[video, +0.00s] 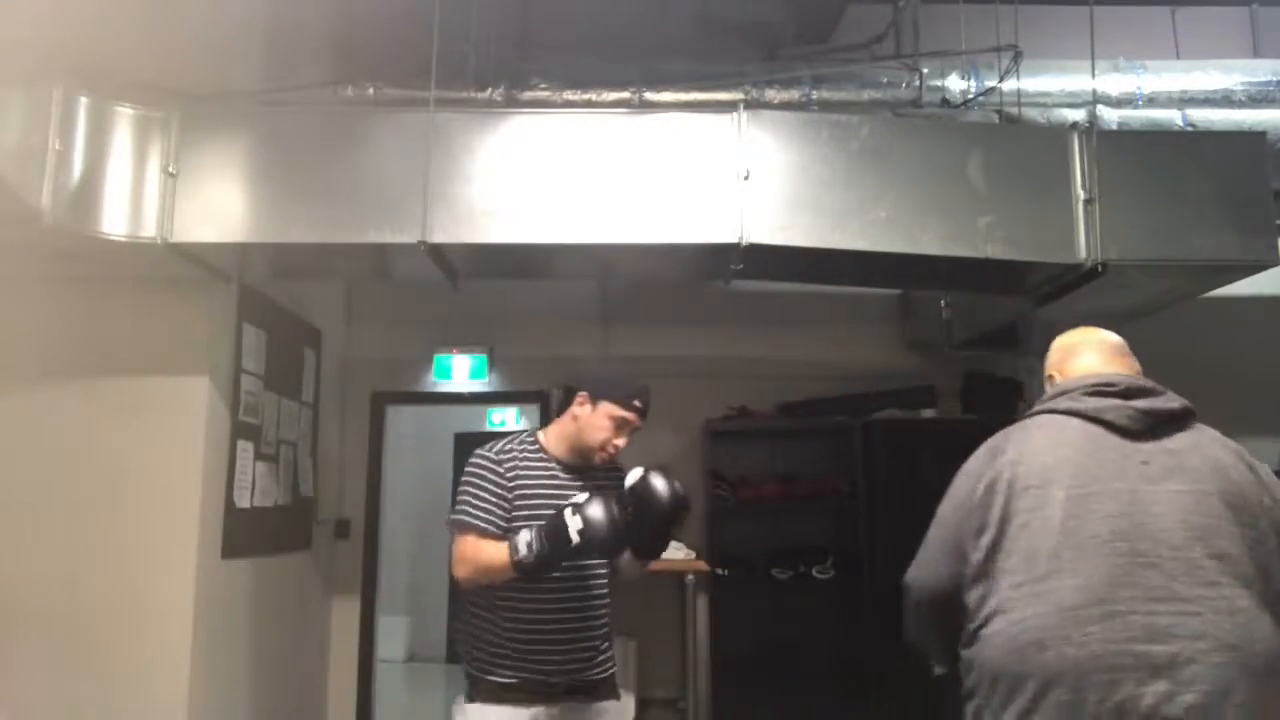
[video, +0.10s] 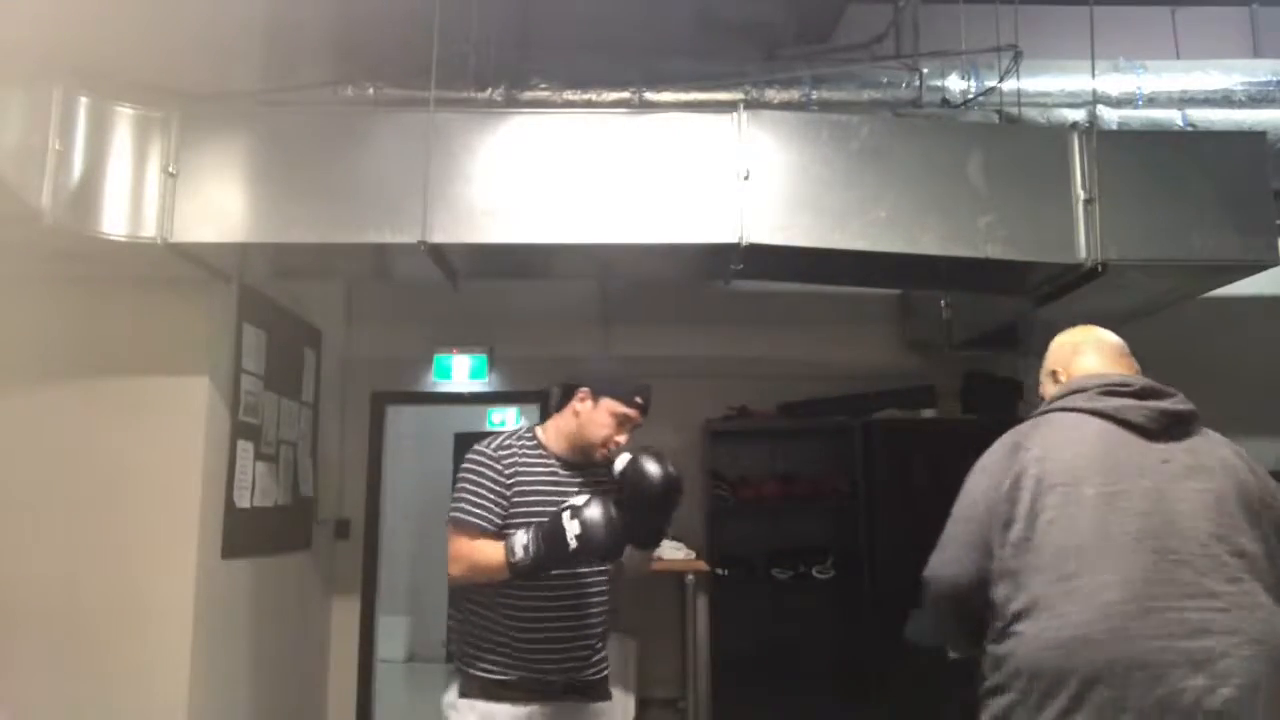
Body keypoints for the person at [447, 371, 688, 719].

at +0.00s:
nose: (622, 443)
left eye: (630, 433)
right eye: (618, 425)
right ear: (581, 404)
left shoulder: (610, 475)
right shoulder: (496, 462)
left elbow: (625, 570)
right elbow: (467, 565)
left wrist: (651, 532)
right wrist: (562, 533)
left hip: (593, 692)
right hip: (508, 694)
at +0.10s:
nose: (624, 440)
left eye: (631, 430)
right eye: (619, 421)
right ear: (581, 400)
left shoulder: (608, 472)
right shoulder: (495, 457)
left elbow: (630, 567)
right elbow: (456, 561)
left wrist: (648, 520)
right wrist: (550, 540)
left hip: (586, 696)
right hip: (498, 698)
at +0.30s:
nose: (591, 438)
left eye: (598, 427)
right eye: (585, 419)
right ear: (544, 399)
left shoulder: (574, 476)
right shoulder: (461, 462)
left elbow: (591, 577)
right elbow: (435, 574)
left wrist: (609, 530)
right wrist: (527, 541)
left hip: (557, 702)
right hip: (466, 703)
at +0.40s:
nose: (559, 446)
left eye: (566, 433)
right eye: (553, 427)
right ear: (511, 407)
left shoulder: (536, 482)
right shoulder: (424, 474)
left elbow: (550, 576)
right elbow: (408, 589)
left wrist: (577, 554)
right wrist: (500, 553)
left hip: (528, 699)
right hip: (445, 703)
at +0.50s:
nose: (527, 451)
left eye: (533, 440)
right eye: (520, 432)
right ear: (477, 412)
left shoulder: (497, 492)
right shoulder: (390, 480)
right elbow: (382, 594)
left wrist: (548, 573)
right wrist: (477, 556)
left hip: (488, 704)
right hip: (405, 707)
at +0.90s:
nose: (498, 440)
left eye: (504, 427)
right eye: (495, 420)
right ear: (453, 399)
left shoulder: (458, 470)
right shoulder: (365, 459)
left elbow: (481, 559)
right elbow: (400, 559)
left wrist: (532, 523)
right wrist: (483, 500)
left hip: (449, 699)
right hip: (360, 703)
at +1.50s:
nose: (465, 434)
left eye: (470, 421)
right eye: (460, 413)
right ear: (413, 395)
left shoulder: (428, 473)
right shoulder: (321, 464)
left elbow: (444, 560)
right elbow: (352, 570)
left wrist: (499, 556)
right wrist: (441, 507)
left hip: (425, 704)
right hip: (333, 709)